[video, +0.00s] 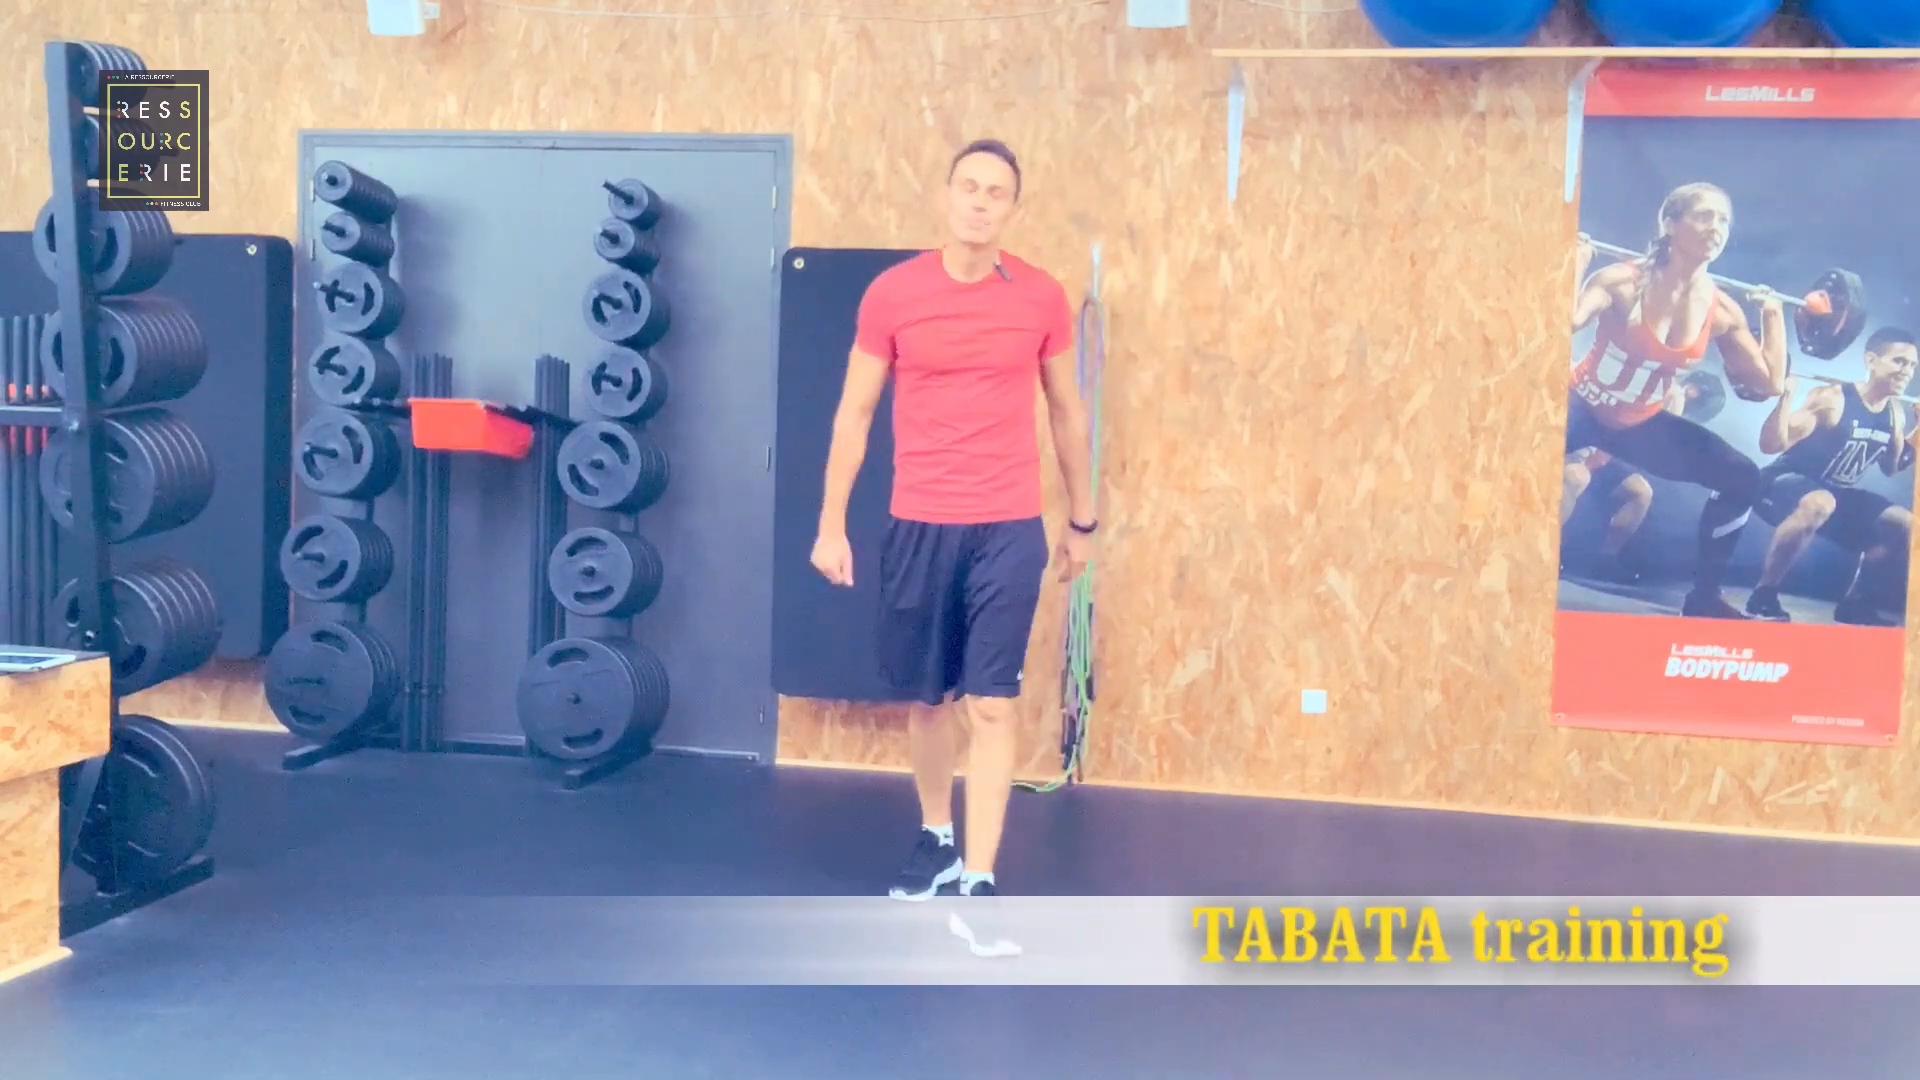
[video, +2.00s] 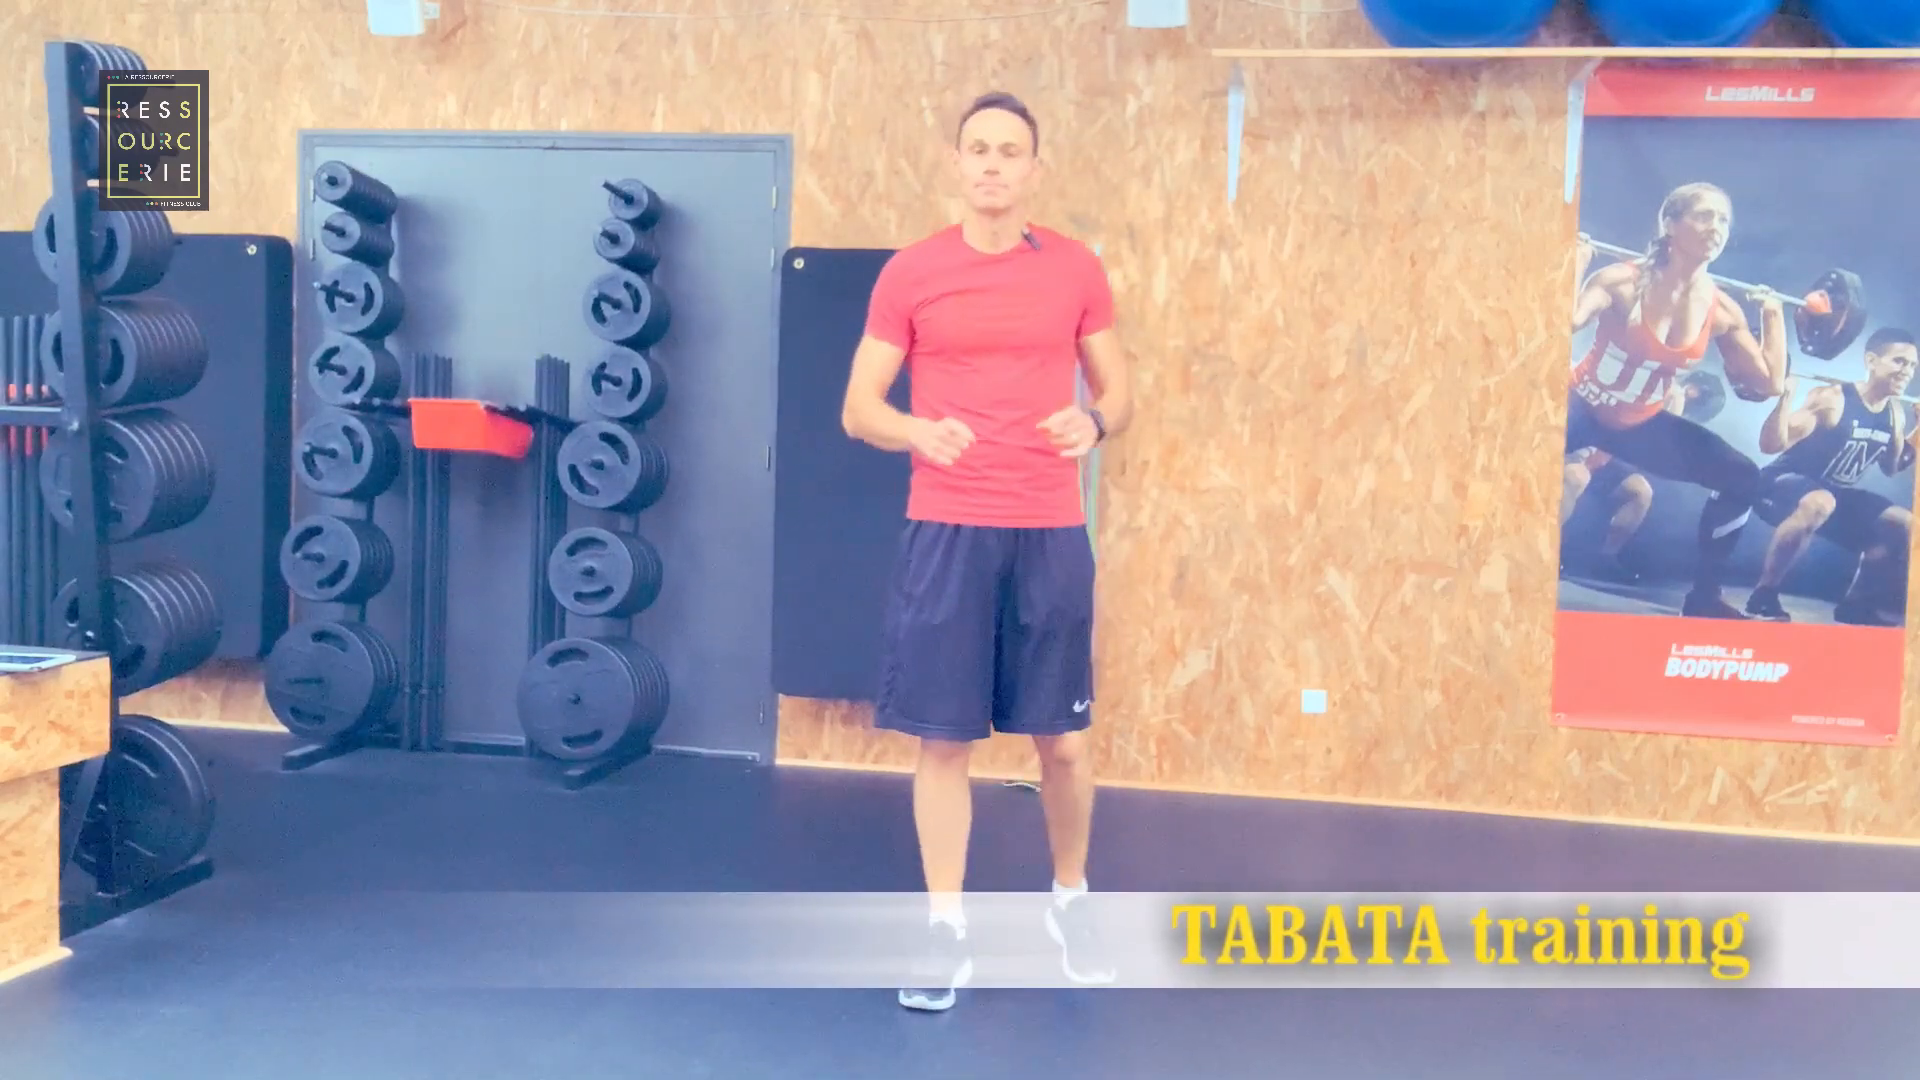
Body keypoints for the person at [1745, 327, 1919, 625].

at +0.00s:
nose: (1906, 371)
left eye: (1911, 365)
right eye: (1899, 361)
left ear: (1914, 371)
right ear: (1871, 361)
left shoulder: (1894, 413)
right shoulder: (1830, 398)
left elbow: (1891, 467)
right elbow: (1769, 444)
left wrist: (1910, 443)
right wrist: (1785, 395)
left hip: (1839, 495)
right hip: (1786, 481)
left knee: (1906, 525)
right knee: (1820, 503)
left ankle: (1855, 604)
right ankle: (1764, 596)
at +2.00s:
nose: (1906, 371)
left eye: (1911, 365)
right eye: (1899, 361)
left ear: (1914, 371)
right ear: (1871, 361)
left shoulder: (1894, 412)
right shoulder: (1830, 398)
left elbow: (1892, 467)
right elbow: (1769, 444)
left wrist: (1912, 442)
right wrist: (1785, 395)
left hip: (1839, 495)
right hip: (1785, 482)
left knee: (1905, 525)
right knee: (1821, 502)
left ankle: (1855, 605)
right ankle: (1764, 596)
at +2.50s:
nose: (1906, 371)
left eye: (1911, 365)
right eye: (1899, 361)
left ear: (1914, 371)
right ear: (1871, 361)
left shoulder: (1893, 412)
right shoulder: (1831, 398)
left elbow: (1891, 467)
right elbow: (1769, 444)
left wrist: (1910, 446)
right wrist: (1785, 396)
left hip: (1839, 495)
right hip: (1785, 482)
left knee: (1905, 524)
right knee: (1821, 502)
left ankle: (1854, 604)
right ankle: (1763, 596)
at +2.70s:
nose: (1906, 371)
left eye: (1911, 365)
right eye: (1899, 361)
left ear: (1914, 371)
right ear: (1871, 361)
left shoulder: (1894, 412)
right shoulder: (1831, 398)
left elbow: (1891, 467)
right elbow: (1769, 444)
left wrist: (1910, 448)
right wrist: (1785, 396)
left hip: (1839, 495)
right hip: (1785, 482)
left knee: (1905, 524)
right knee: (1821, 502)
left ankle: (1854, 605)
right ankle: (1763, 595)